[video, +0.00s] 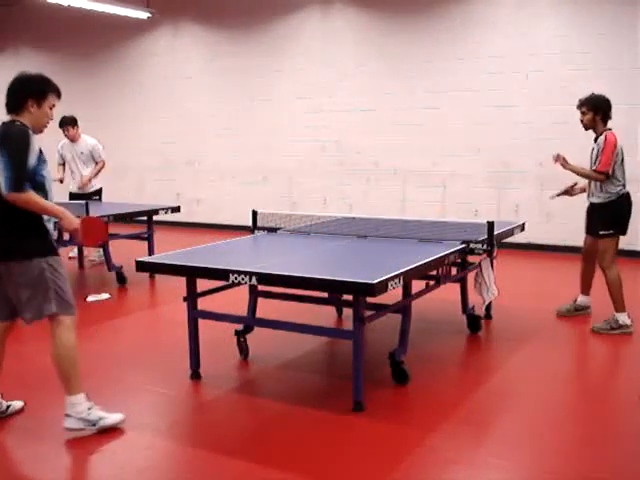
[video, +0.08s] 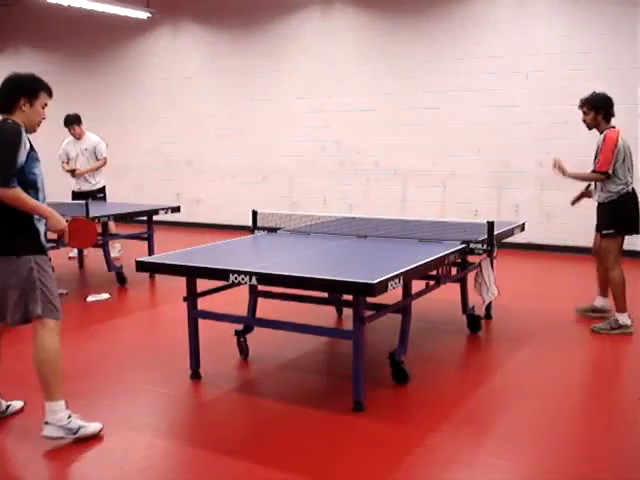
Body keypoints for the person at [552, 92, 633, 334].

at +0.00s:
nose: (580, 118)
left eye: (584, 113)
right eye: (580, 113)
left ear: (597, 114)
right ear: (594, 115)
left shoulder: (608, 139)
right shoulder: (599, 141)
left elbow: (601, 176)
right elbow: (602, 179)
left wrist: (569, 166)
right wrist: (581, 188)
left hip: (612, 204)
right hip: (598, 204)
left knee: (606, 261)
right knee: (588, 254)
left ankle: (622, 318)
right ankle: (582, 301)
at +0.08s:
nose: (582, 119)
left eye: (586, 113)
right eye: (582, 114)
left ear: (599, 114)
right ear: (601, 115)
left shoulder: (610, 138)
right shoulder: (609, 137)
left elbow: (600, 174)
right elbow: (607, 176)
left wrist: (567, 173)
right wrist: (589, 191)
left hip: (618, 204)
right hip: (610, 202)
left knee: (611, 260)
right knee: (599, 252)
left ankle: (622, 318)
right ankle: (602, 302)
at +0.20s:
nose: (585, 120)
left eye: (587, 115)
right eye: (584, 115)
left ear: (600, 115)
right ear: (603, 115)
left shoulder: (609, 138)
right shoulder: (616, 135)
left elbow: (603, 175)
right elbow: (611, 175)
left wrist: (578, 192)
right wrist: (594, 194)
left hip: (616, 202)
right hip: (621, 200)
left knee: (613, 260)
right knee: (611, 256)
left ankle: (622, 317)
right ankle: (619, 307)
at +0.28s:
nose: (587, 123)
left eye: (588, 118)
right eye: (586, 118)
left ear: (600, 115)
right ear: (606, 115)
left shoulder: (609, 138)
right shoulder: (625, 135)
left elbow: (609, 176)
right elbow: (625, 173)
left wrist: (593, 199)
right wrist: (601, 195)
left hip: (617, 202)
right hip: (632, 199)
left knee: (614, 261)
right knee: (622, 258)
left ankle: (621, 317)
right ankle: (633, 308)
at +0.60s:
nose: (590, 125)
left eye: (591, 120)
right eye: (589, 120)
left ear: (603, 116)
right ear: (608, 117)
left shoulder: (612, 137)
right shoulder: (626, 136)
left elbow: (606, 173)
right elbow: (626, 176)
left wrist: (575, 185)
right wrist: (604, 192)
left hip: (621, 201)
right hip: (633, 200)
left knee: (610, 259)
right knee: (630, 257)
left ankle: (620, 316)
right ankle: (635, 309)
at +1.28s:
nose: (568, 127)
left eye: (568, 122)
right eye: (567, 122)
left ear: (576, 120)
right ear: (589, 117)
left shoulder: (580, 139)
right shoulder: (606, 138)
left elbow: (576, 174)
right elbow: (601, 172)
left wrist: (560, 187)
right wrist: (568, 179)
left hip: (592, 199)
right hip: (615, 196)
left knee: (581, 258)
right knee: (601, 253)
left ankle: (584, 313)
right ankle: (616, 303)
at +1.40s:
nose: (565, 126)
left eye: (565, 121)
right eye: (564, 122)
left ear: (572, 120)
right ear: (586, 117)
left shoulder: (577, 139)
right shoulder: (603, 138)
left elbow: (574, 174)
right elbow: (593, 172)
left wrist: (556, 187)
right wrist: (563, 176)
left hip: (591, 198)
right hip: (613, 196)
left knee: (581, 258)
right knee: (600, 254)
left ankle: (584, 314)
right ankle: (603, 304)